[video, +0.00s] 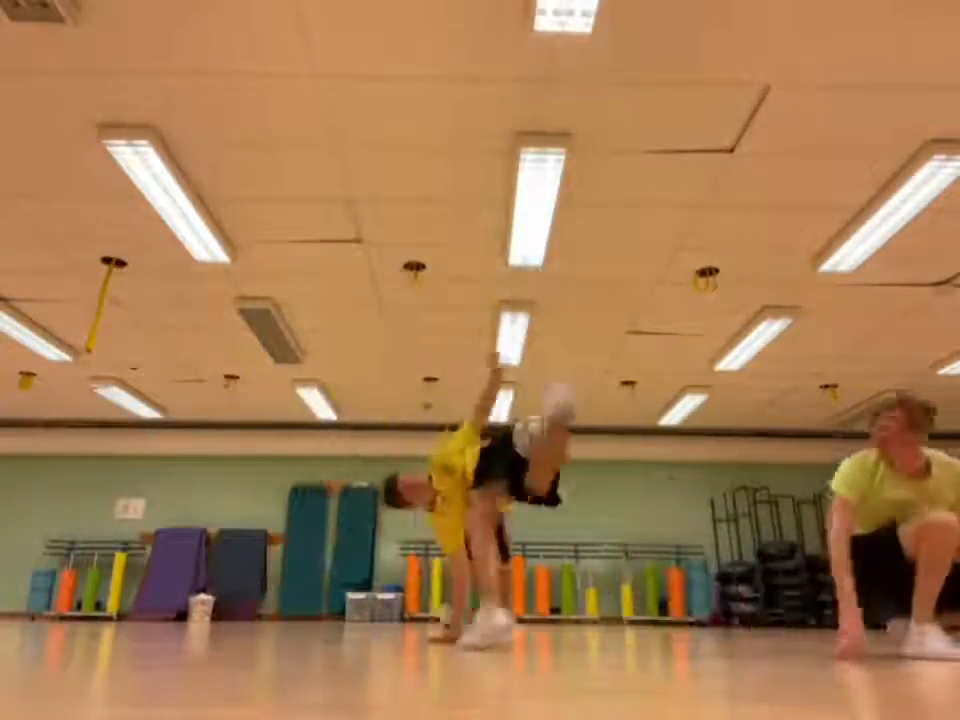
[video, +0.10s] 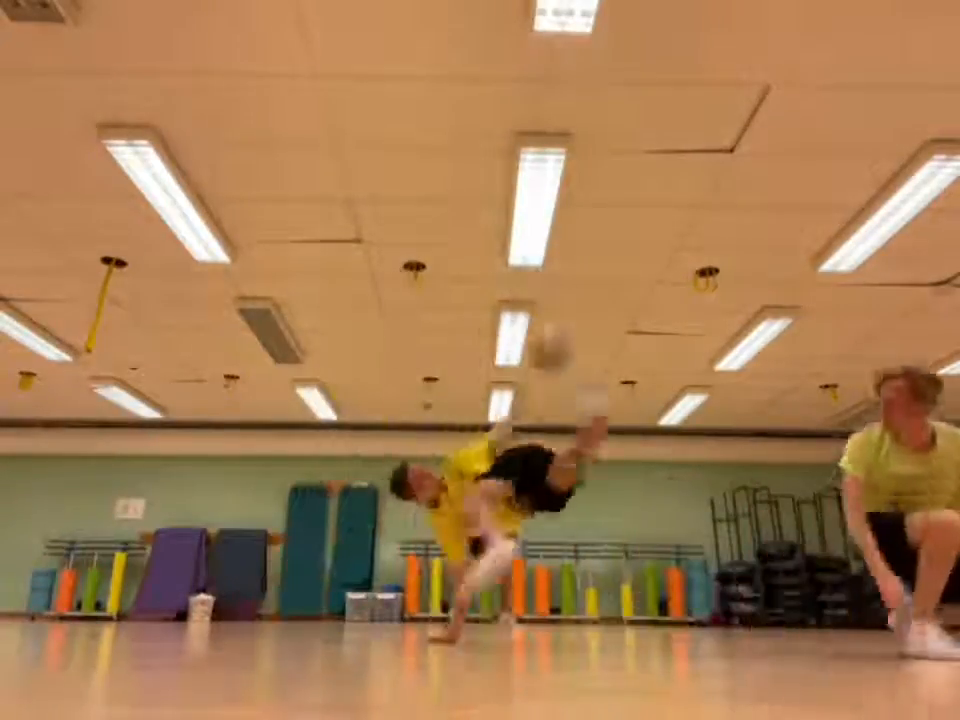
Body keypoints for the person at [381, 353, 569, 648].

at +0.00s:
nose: (416, 494)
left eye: (408, 488)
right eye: (410, 499)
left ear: (411, 478)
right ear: (412, 505)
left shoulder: (444, 459)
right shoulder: (444, 520)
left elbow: (477, 421)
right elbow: (459, 566)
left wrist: (494, 381)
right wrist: (456, 627)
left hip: (497, 453)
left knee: (479, 522)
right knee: (540, 484)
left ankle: (493, 614)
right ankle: (558, 424)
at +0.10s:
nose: (427, 478)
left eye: (422, 473)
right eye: (420, 482)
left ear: (426, 470)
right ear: (416, 497)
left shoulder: (455, 466)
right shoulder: (444, 523)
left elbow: (488, 449)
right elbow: (459, 568)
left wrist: (501, 430)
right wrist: (456, 626)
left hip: (518, 462)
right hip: (530, 501)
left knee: (476, 498)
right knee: (560, 481)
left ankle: (498, 541)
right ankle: (580, 448)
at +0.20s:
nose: (433, 477)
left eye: (428, 470)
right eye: (424, 481)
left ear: (434, 462)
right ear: (423, 491)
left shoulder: (470, 461)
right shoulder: (446, 521)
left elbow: (508, 470)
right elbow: (463, 571)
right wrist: (454, 631)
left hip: (541, 494)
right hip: (535, 535)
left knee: (517, 489)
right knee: (545, 507)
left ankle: (592, 493)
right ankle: (644, 495)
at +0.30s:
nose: (462, 451)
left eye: (457, 447)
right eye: (453, 452)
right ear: (446, 471)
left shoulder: (497, 472)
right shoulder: (460, 515)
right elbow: (464, 574)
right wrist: (454, 631)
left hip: (548, 528)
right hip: (525, 557)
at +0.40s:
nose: (508, 466)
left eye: (506, 461)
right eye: (501, 463)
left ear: (501, 469)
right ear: (488, 472)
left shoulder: (522, 502)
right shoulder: (482, 508)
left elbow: (524, 555)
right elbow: (468, 564)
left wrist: (511, 607)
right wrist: (450, 612)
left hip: (554, 577)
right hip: (525, 579)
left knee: (621, 529)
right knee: (591, 544)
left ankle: (671, 554)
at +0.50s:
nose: (562, 519)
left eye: (565, 515)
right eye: (557, 512)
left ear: (567, 519)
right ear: (545, 511)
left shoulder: (556, 550)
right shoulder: (527, 527)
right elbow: (495, 522)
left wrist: (528, 630)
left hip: (555, 610)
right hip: (527, 602)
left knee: (637, 588)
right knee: (598, 541)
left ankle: (714, 613)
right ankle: (558, 624)